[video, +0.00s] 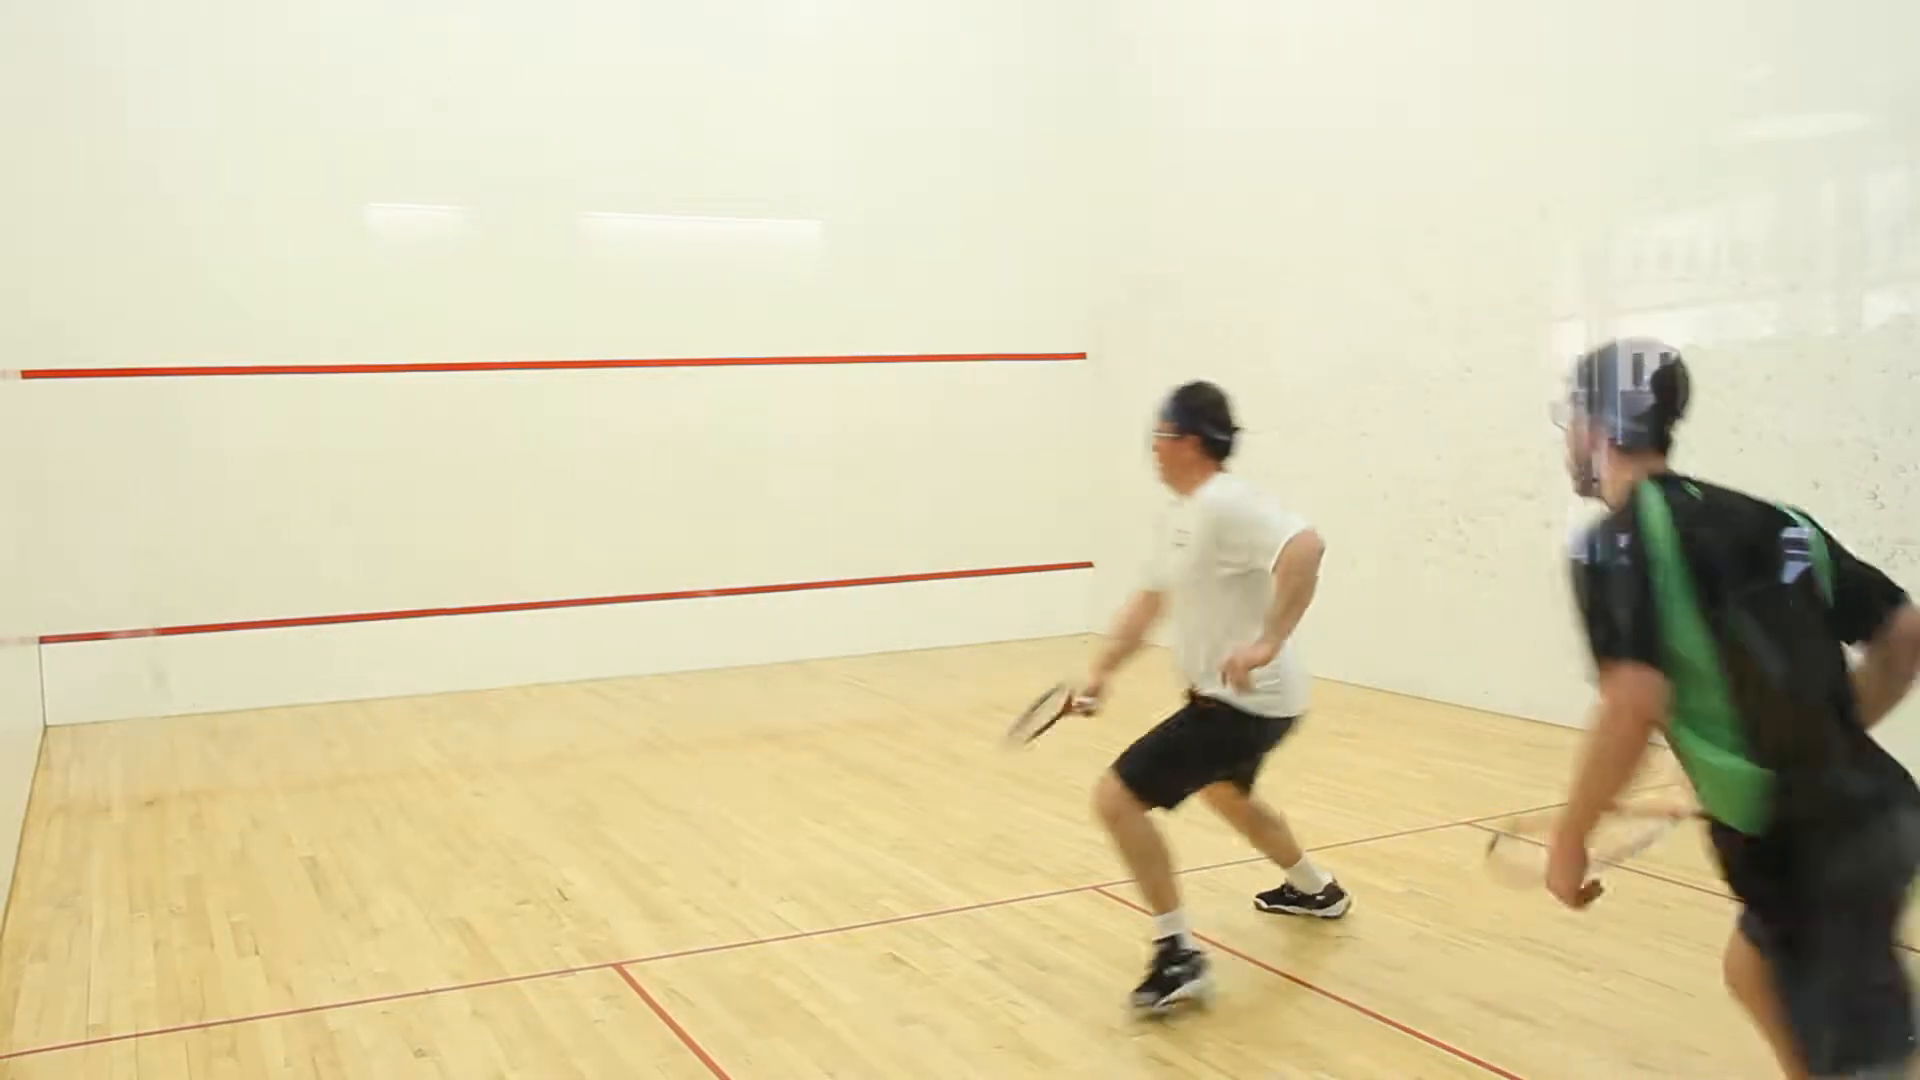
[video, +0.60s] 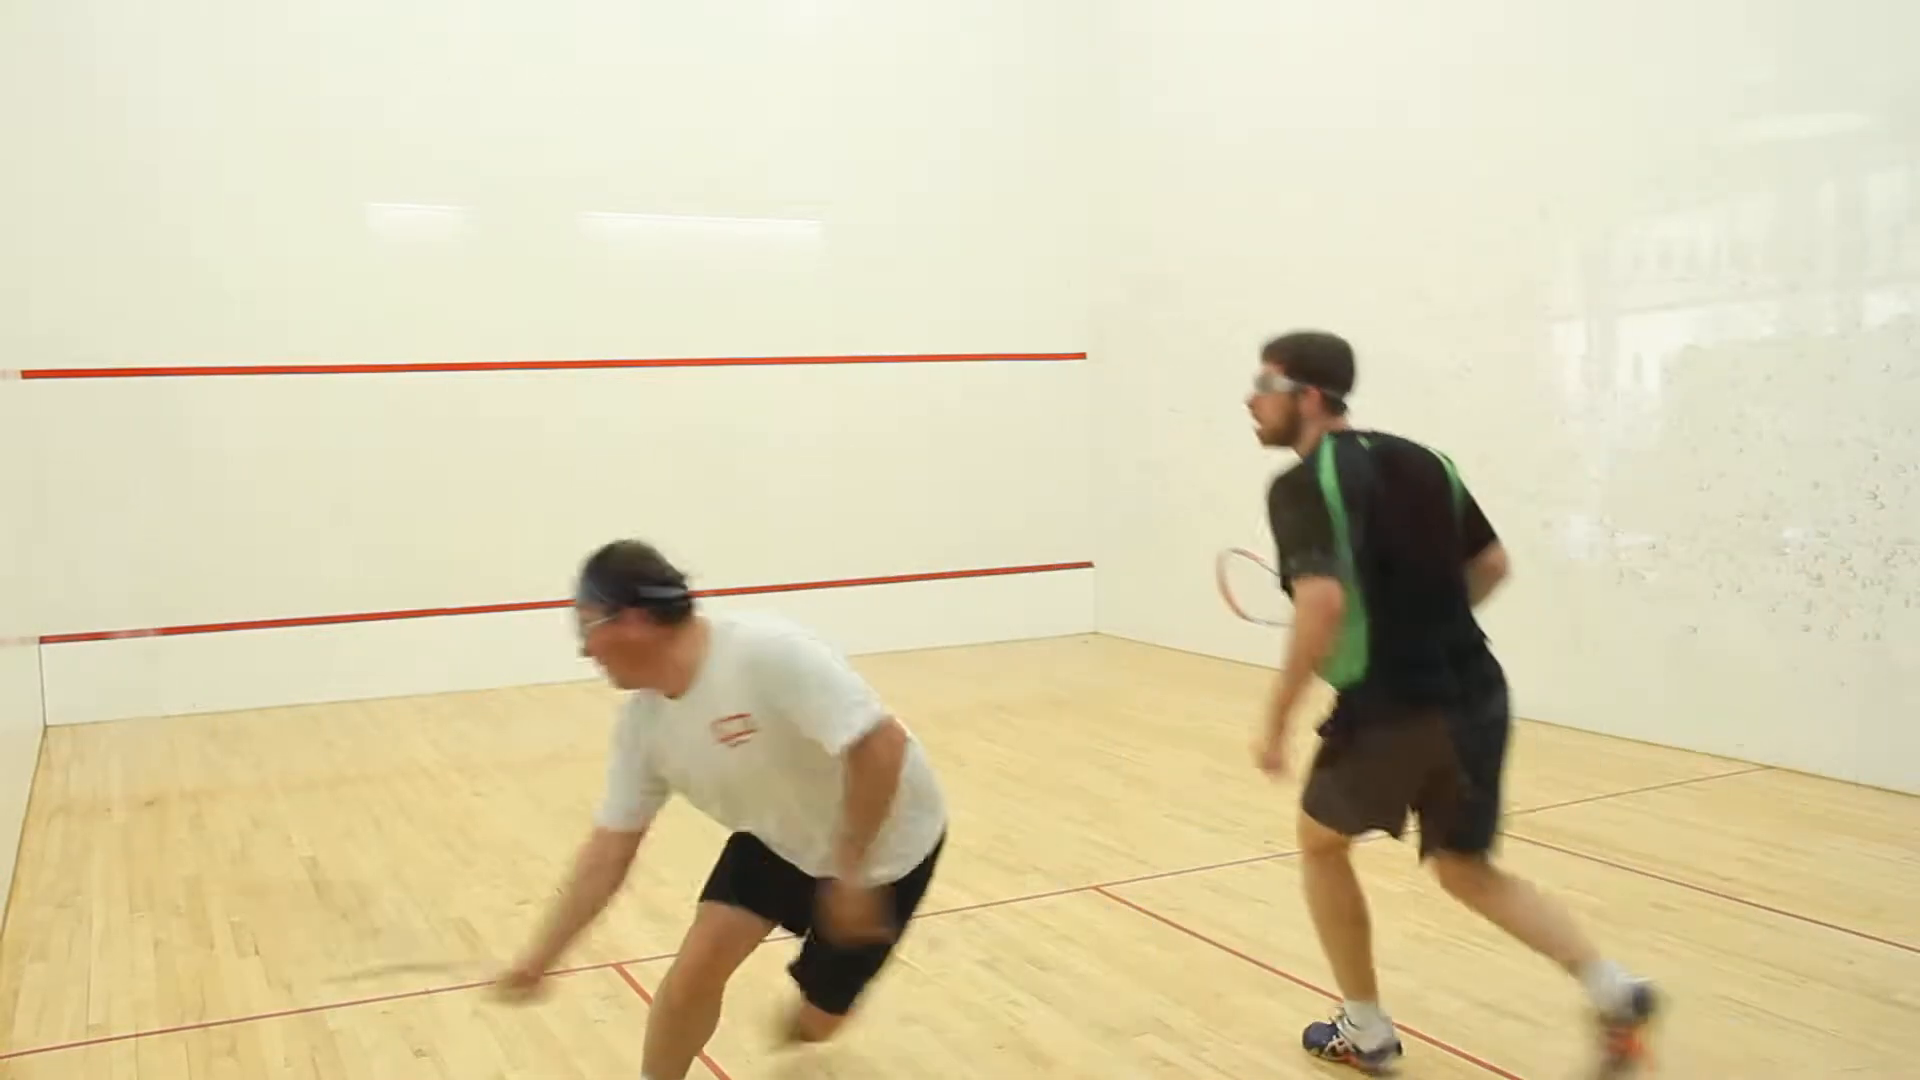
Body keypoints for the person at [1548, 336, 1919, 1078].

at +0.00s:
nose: (1569, 439)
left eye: (1574, 419)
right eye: (1571, 420)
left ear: (1597, 428)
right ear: (1660, 423)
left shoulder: (1617, 534)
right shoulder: (1771, 519)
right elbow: (1902, 633)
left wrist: (1571, 832)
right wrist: (1828, 727)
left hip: (1808, 844)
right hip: (1879, 808)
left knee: (1858, 1056)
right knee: (1754, 970)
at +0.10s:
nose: (1517, 412)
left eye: (1525, 392)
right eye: (1519, 393)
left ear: (1564, 399)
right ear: (1610, 394)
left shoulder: (1565, 498)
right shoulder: (1717, 476)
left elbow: (1587, 644)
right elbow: (1842, 593)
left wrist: (1561, 795)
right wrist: (1779, 691)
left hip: (1724, 793)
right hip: (1821, 761)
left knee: (1701, 1032)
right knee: (1776, 970)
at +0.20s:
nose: (1458, 389)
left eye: (1468, 370)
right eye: (1460, 370)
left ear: (1513, 374)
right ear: (1548, 372)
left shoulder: (1516, 457)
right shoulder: (1652, 442)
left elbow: (1557, 578)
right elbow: (1763, 556)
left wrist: (1543, 736)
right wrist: (1696, 647)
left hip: (1650, 733)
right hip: (1747, 711)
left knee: (1578, 941)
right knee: (1745, 934)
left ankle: (1659, 1068)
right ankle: (1818, 1068)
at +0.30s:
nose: (1404, 387)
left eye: (1415, 370)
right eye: (1407, 368)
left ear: (1463, 377)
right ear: (1490, 378)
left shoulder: (1469, 449)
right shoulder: (1592, 443)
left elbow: (1520, 556)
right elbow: (1692, 551)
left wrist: (1509, 704)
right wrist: (1617, 634)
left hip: (1569, 722)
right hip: (1674, 709)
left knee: (1499, 898)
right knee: (1696, 926)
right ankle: (1796, 1070)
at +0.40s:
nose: (1351, 402)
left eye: (1363, 386)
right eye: (1354, 385)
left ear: (1412, 395)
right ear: (1428, 398)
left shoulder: (1412, 469)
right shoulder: (1528, 459)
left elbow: (1467, 563)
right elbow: (1618, 564)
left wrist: (1454, 707)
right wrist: (1548, 647)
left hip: (1496, 734)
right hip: (1592, 723)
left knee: (1422, 885)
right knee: (1642, 920)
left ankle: (1385, 1035)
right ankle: (1771, 1068)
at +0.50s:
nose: (1291, 421)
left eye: (1304, 405)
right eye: (1295, 403)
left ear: (1352, 415)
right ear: (1369, 416)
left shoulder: (1345, 498)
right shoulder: (1466, 476)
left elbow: (1385, 602)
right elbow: (1544, 579)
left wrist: (1369, 741)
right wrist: (1469, 645)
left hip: (1428, 738)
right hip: (1516, 727)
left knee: (1352, 851)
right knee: (1549, 913)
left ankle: (1368, 1029)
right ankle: (1715, 1037)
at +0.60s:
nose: (1252, 401)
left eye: (1264, 388)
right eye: (1256, 386)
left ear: (1310, 399)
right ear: (1323, 400)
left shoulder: (1303, 485)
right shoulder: (1421, 461)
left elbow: (1322, 604)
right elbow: (1489, 563)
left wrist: (1277, 716)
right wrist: (1415, 619)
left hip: (1390, 711)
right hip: (1474, 701)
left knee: (1322, 843)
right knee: (1460, 864)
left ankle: (1365, 1025)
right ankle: (1613, 989)